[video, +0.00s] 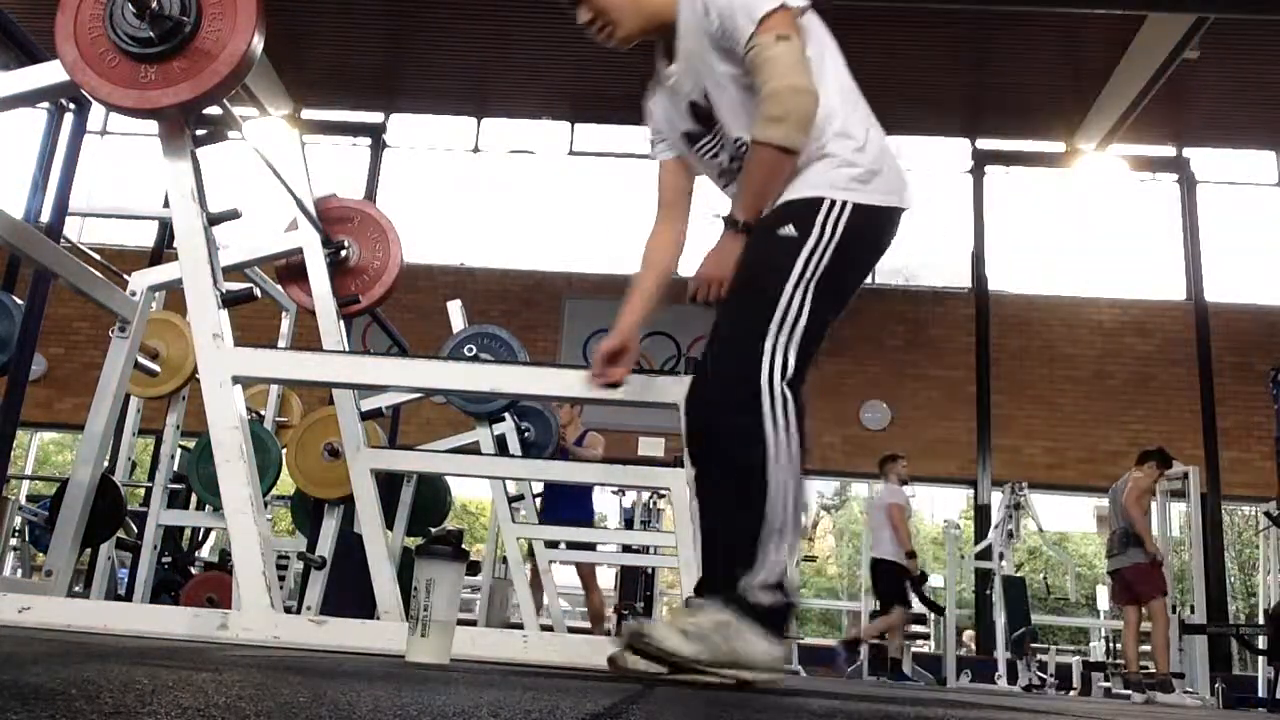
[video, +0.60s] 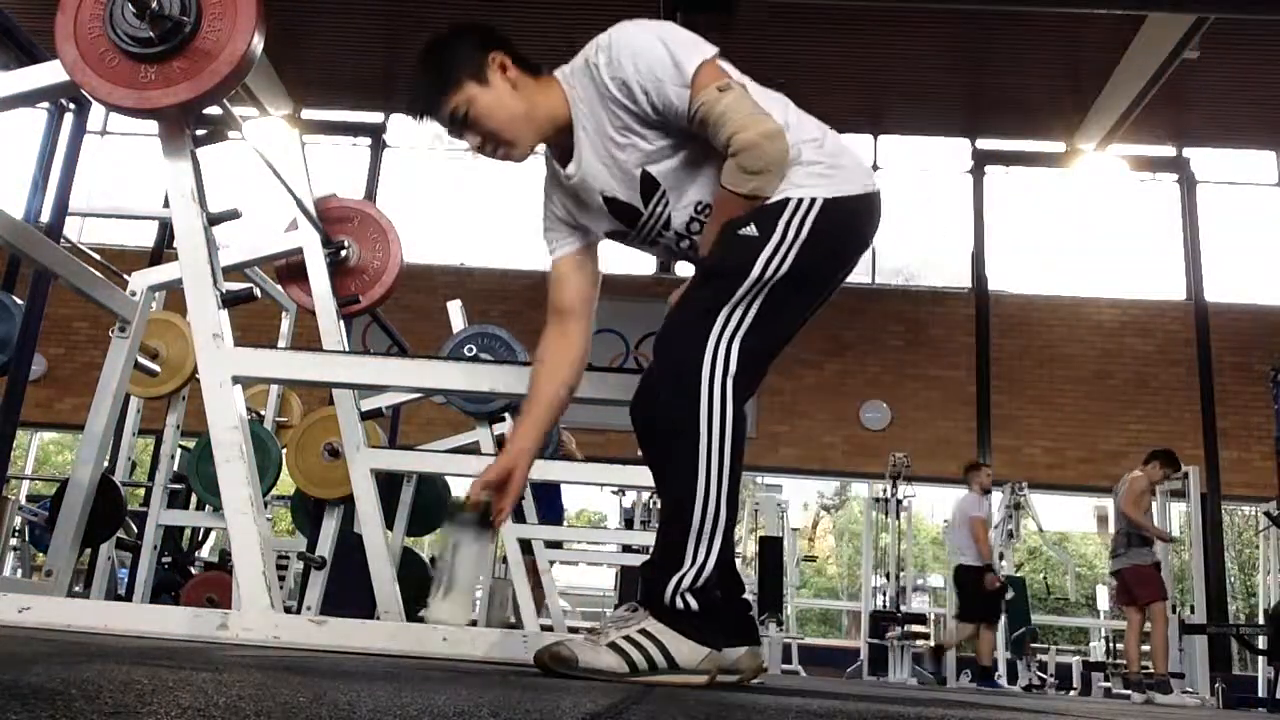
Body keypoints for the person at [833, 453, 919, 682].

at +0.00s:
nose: (907, 470)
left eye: (906, 466)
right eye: (903, 466)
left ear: (889, 472)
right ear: (891, 470)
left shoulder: (883, 494)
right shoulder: (894, 492)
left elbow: (889, 529)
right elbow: (898, 524)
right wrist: (910, 555)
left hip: (884, 560)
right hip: (889, 561)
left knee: (895, 616)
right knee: (898, 614)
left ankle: (895, 667)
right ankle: (852, 640)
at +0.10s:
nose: (918, 471)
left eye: (918, 467)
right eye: (915, 467)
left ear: (901, 471)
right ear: (903, 470)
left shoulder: (896, 492)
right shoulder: (905, 491)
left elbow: (904, 527)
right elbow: (908, 524)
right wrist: (919, 555)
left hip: (895, 558)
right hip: (902, 559)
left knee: (902, 613)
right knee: (922, 615)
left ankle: (896, 666)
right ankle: (885, 643)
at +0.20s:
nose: (932, 472)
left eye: (932, 468)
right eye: (928, 468)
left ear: (914, 472)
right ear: (917, 471)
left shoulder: (906, 494)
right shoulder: (919, 493)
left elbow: (908, 527)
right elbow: (919, 525)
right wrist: (930, 556)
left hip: (903, 561)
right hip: (917, 562)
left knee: (907, 612)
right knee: (942, 610)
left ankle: (895, 665)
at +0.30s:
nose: (946, 474)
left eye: (945, 470)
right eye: (942, 469)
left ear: (929, 475)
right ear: (930, 473)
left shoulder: (919, 498)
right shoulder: (933, 496)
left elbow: (921, 531)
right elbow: (932, 526)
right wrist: (942, 557)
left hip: (914, 563)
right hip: (930, 564)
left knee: (910, 614)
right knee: (952, 614)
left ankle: (893, 662)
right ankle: (959, 664)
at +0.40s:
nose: (960, 477)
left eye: (960, 473)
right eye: (956, 473)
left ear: (946, 477)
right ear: (944, 476)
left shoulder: (938, 499)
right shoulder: (945, 499)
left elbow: (942, 534)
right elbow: (947, 533)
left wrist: (953, 561)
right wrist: (957, 561)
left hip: (932, 568)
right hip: (943, 569)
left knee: (923, 614)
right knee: (965, 620)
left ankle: (900, 664)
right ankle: (980, 671)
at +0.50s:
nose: (975, 479)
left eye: (975, 475)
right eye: (972, 475)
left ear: (960, 478)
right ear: (960, 477)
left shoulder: (950, 502)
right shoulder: (962, 502)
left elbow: (955, 537)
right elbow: (965, 537)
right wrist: (973, 565)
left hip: (949, 569)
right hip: (963, 570)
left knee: (946, 618)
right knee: (983, 622)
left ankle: (913, 654)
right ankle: (985, 675)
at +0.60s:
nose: (990, 479)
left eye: (990, 475)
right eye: (987, 475)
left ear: (975, 480)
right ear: (975, 478)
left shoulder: (964, 502)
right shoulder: (976, 502)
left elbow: (970, 538)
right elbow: (980, 537)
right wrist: (989, 567)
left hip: (964, 567)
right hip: (977, 568)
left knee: (971, 622)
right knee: (987, 623)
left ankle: (938, 650)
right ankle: (985, 676)